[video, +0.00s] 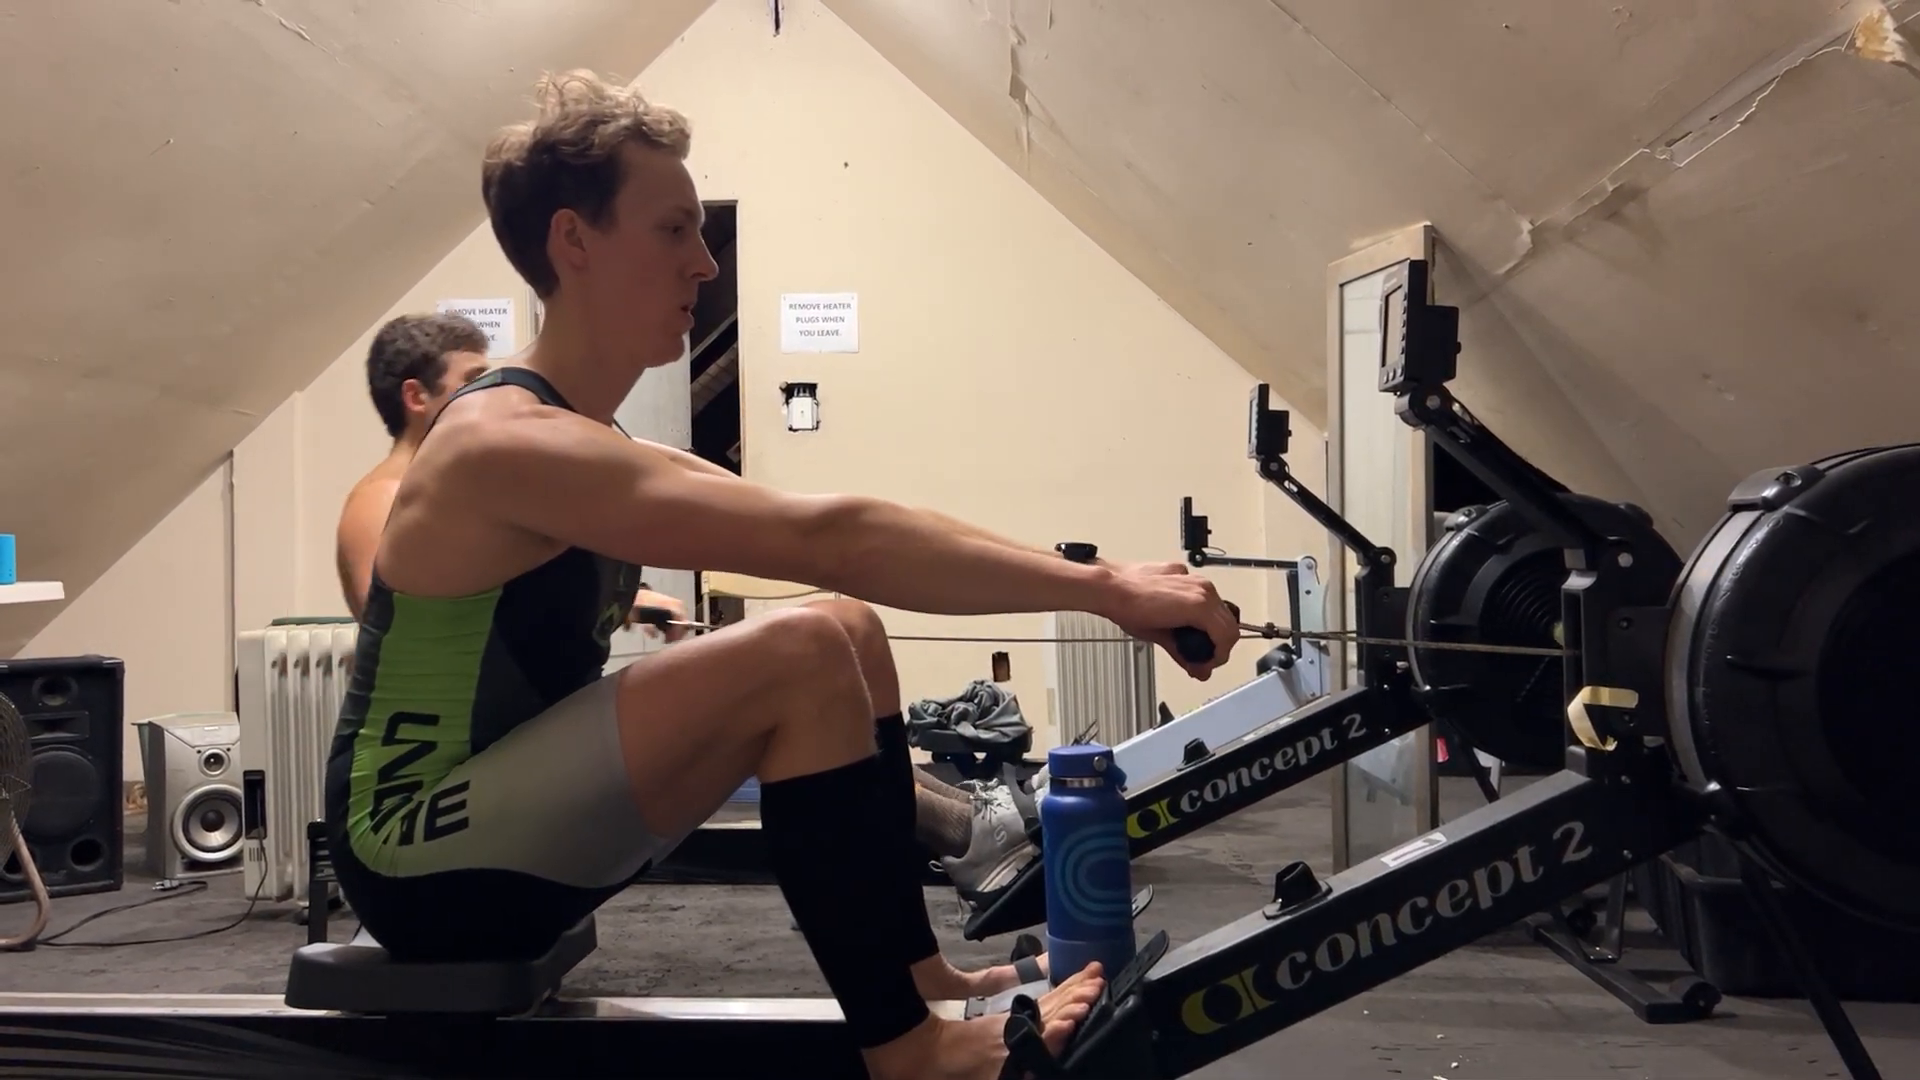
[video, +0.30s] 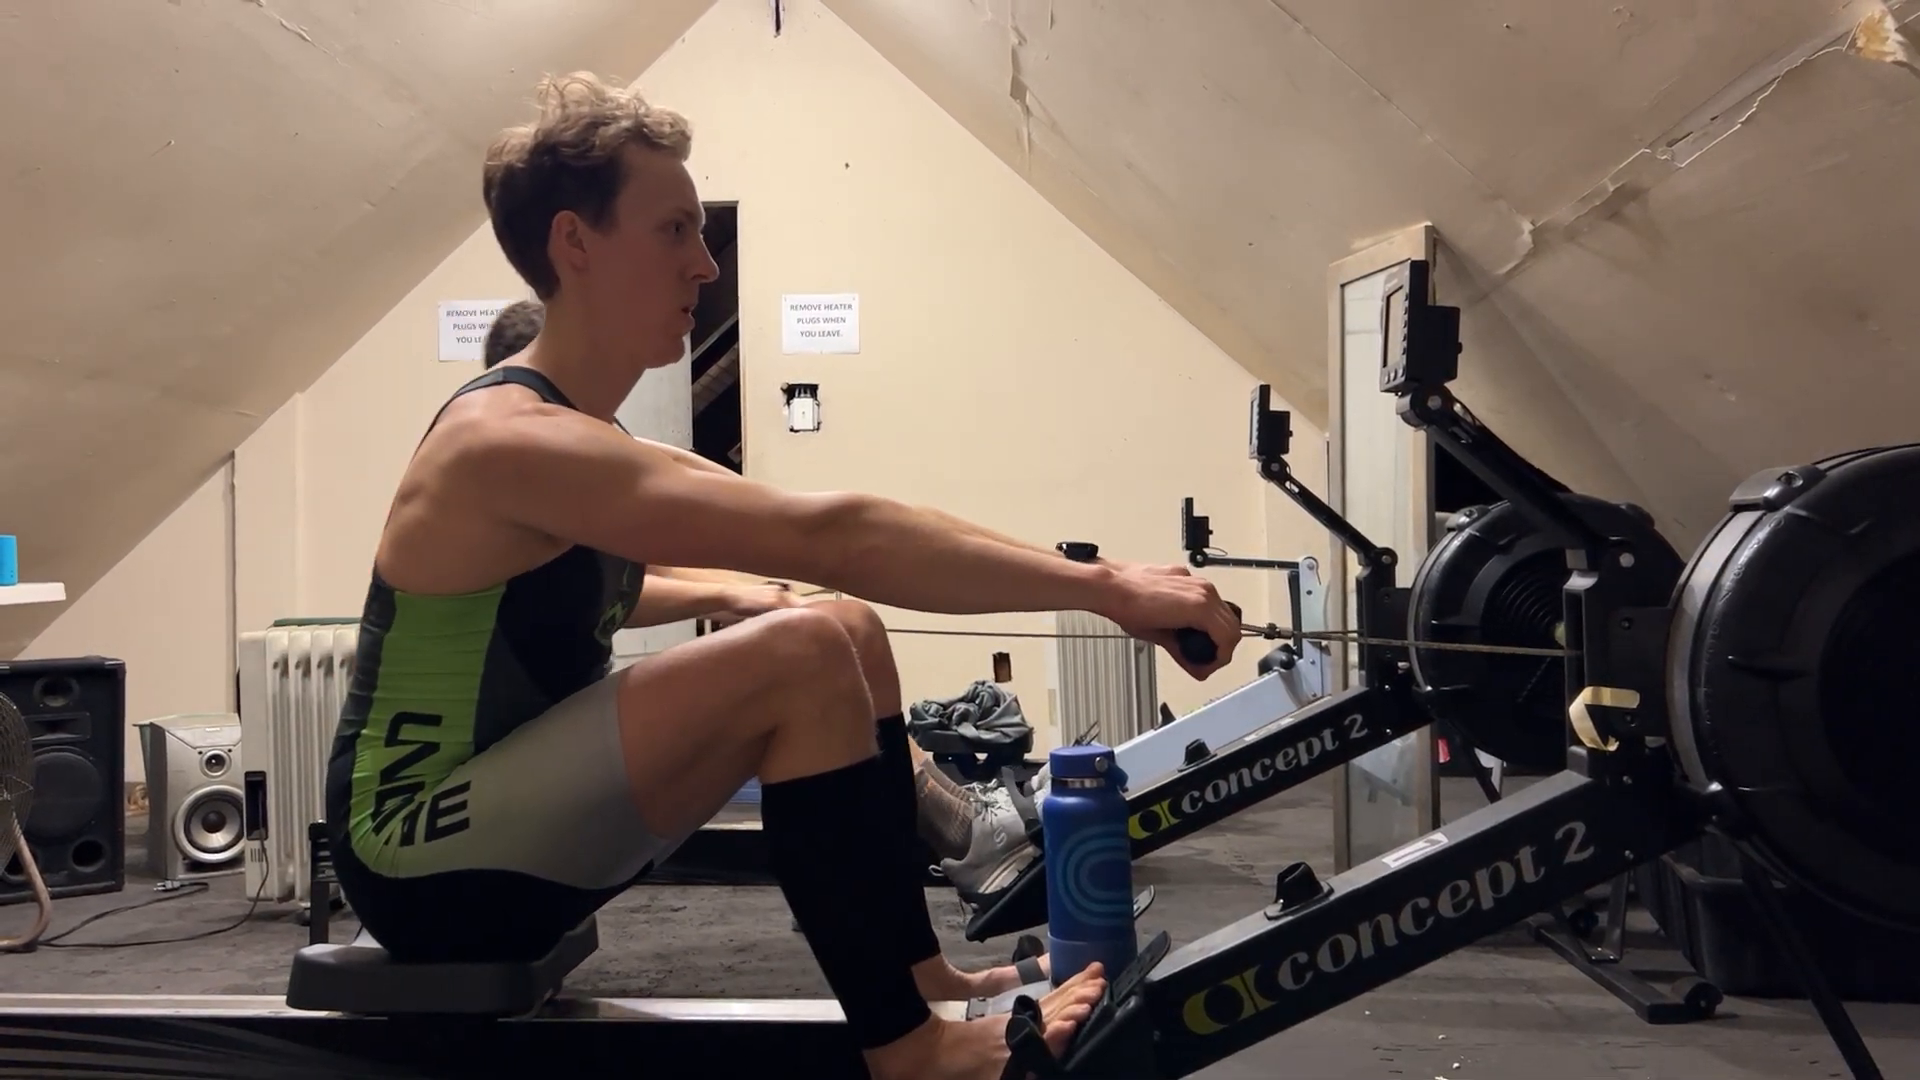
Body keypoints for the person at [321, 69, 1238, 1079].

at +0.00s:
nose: (706, 267)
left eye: (698, 234)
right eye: (675, 233)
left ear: (580, 250)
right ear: (571, 247)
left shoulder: (577, 442)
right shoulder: (504, 441)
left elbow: (823, 545)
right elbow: (818, 540)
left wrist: (1087, 580)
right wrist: (1105, 587)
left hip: (491, 820)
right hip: (425, 851)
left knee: (852, 639)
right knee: (802, 659)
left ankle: (920, 989)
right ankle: (898, 1043)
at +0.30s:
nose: (706, 267)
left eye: (698, 234)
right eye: (676, 234)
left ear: (580, 252)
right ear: (573, 249)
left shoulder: (570, 432)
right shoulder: (507, 439)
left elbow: (570, 595)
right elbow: (827, 538)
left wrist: (730, 593)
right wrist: (1107, 584)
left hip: (496, 811)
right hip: (427, 850)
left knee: (847, 637)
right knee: (800, 656)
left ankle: (919, 986)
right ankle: (898, 1043)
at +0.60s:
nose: (708, 269)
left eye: (700, 237)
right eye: (678, 236)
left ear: (580, 253)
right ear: (573, 250)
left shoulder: (582, 433)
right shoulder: (512, 439)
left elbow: (813, 551)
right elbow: (820, 542)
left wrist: (1066, 581)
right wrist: (1110, 586)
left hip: (497, 817)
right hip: (428, 849)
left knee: (853, 641)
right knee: (804, 663)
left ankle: (923, 991)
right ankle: (900, 1044)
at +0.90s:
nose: (710, 266)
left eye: (701, 235)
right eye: (679, 235)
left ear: (583, 256)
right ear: (575, 252)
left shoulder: (590, 446)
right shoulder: (511, 442)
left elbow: (836, 530)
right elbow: (824, 537)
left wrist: (1096, 588)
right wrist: (1104, 591)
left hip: (501, 821)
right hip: (431, 849)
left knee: (850, 636)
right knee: (808, 654)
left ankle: (923, 988)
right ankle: (900, 1041)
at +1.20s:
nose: (713, 271)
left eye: (704, 238)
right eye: (682, 237)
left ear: (588, 257)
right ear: (579, 253)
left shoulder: (586, 447)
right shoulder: (514, 445)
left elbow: (822, 547)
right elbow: (825, 544)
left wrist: (1098, 585)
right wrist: (1108, 589)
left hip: (497, 827)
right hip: (431, 852)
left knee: (849, 642)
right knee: (802, 661)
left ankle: (918, 988)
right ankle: (900, 1044)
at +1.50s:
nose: (717, 268)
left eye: (707, 237)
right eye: (684, 237)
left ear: (590, 257)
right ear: (582, 255)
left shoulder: (591, 449)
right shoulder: (515, 447)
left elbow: (853, 519)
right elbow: (830, 545)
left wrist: (1108, 579)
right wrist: (1107, 593)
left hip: (500, 825)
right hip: (431, 853)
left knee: (854, 643)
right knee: (804, 662)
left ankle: (925, 992)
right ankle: (903, 1045)